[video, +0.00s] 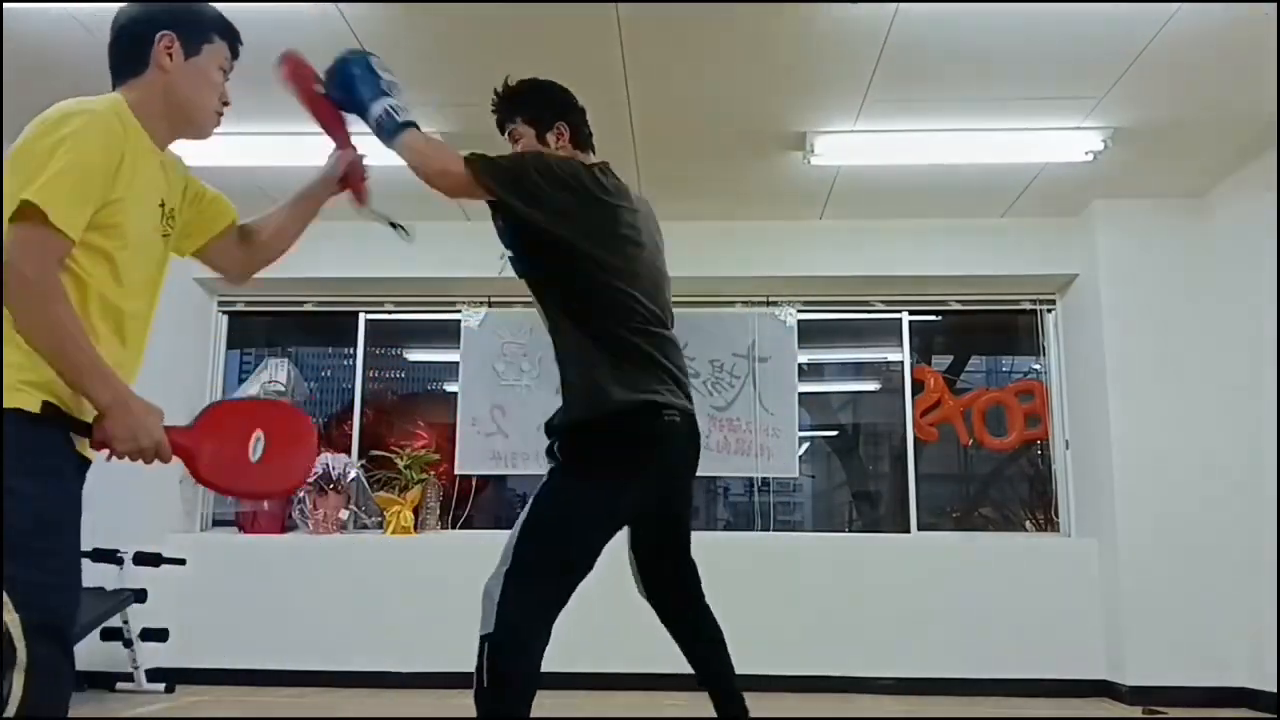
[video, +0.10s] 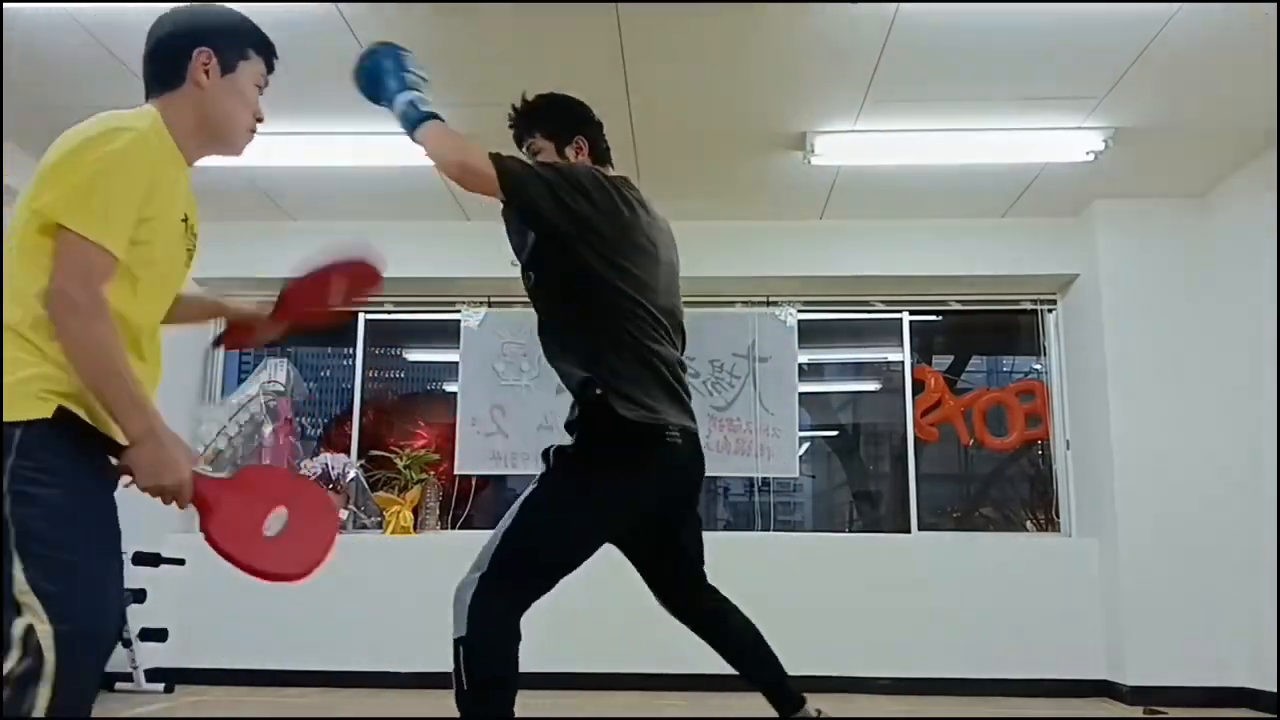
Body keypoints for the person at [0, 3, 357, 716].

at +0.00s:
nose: (228, 94)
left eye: (232, 78)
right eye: (221, 70)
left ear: (169, 61)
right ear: (167, 53)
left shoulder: (168, 179)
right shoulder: (89, 129)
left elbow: (240, 255)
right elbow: (25, 272)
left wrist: (322, 188)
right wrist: (114, 398)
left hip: (56, 432)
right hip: (20, 423)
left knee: (42, 654)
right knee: (34, 657)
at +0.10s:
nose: (262, 113)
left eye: (264, 94)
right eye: (256, 87)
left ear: (208, 76)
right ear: (205, 69)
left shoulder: (173, 188)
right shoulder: (131, 143)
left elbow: (134, 302)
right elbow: (73, 296)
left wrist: (228, 307)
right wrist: (147, 434)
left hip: (73, 432)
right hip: (37, 424)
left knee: (76, 634)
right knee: (72, 634)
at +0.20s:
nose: (280, 156)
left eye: (283, 137)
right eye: (279, 131)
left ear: (221, 115)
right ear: (238, 110)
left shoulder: (107, 176)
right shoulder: (220, 167)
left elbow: (14, 269)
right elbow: (226, 274)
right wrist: (345, 380)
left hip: (35, 419)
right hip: (91, 427)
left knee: (100, 616)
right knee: (121, 651)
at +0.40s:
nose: (327, 179)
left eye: (329, 168)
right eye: (325, 165)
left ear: (247, 155)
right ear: (286, 150)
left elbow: (65, 317)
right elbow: (455, 237)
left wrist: (92, 397)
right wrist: (524, 209)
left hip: (125, 449)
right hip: (202, 443)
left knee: (247, 605)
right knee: (152, 650)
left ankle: (237, 715)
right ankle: (70, 713)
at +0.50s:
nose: (359, 199)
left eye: (362, 187)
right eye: (356, 183)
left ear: (274, 177)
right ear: (321, 169)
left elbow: (141, 360)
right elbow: (463, 307)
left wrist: (187, 436)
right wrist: (441, 351)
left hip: (171, 462)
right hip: (253, 453)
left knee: (285, 638)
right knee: (213, 635)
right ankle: (102, 713)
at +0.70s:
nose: (451, 180)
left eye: (454, 166)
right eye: (447, 160)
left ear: (408, 151)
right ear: (406, 146)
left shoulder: (366, 233)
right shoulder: (368, 185)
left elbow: (306, 350)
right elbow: (295, 220)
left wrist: (384, 395)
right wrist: (384, 305)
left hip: (302, 426)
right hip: (283, 418)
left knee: (325, 609)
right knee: (312, 603)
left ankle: (294, 711)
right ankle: (248, 711)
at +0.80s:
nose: (477, 144)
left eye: (480, 132)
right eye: (471, 125)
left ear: (430, 119)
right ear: (428, 111)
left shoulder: (425, 229)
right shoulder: (355, 148)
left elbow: (479, 278)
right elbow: (258, 191)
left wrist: (523, 285)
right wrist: (365, 204)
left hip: (353, 415)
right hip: (303, 395)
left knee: (322, 620)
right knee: (352, 623)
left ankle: (272, 711)